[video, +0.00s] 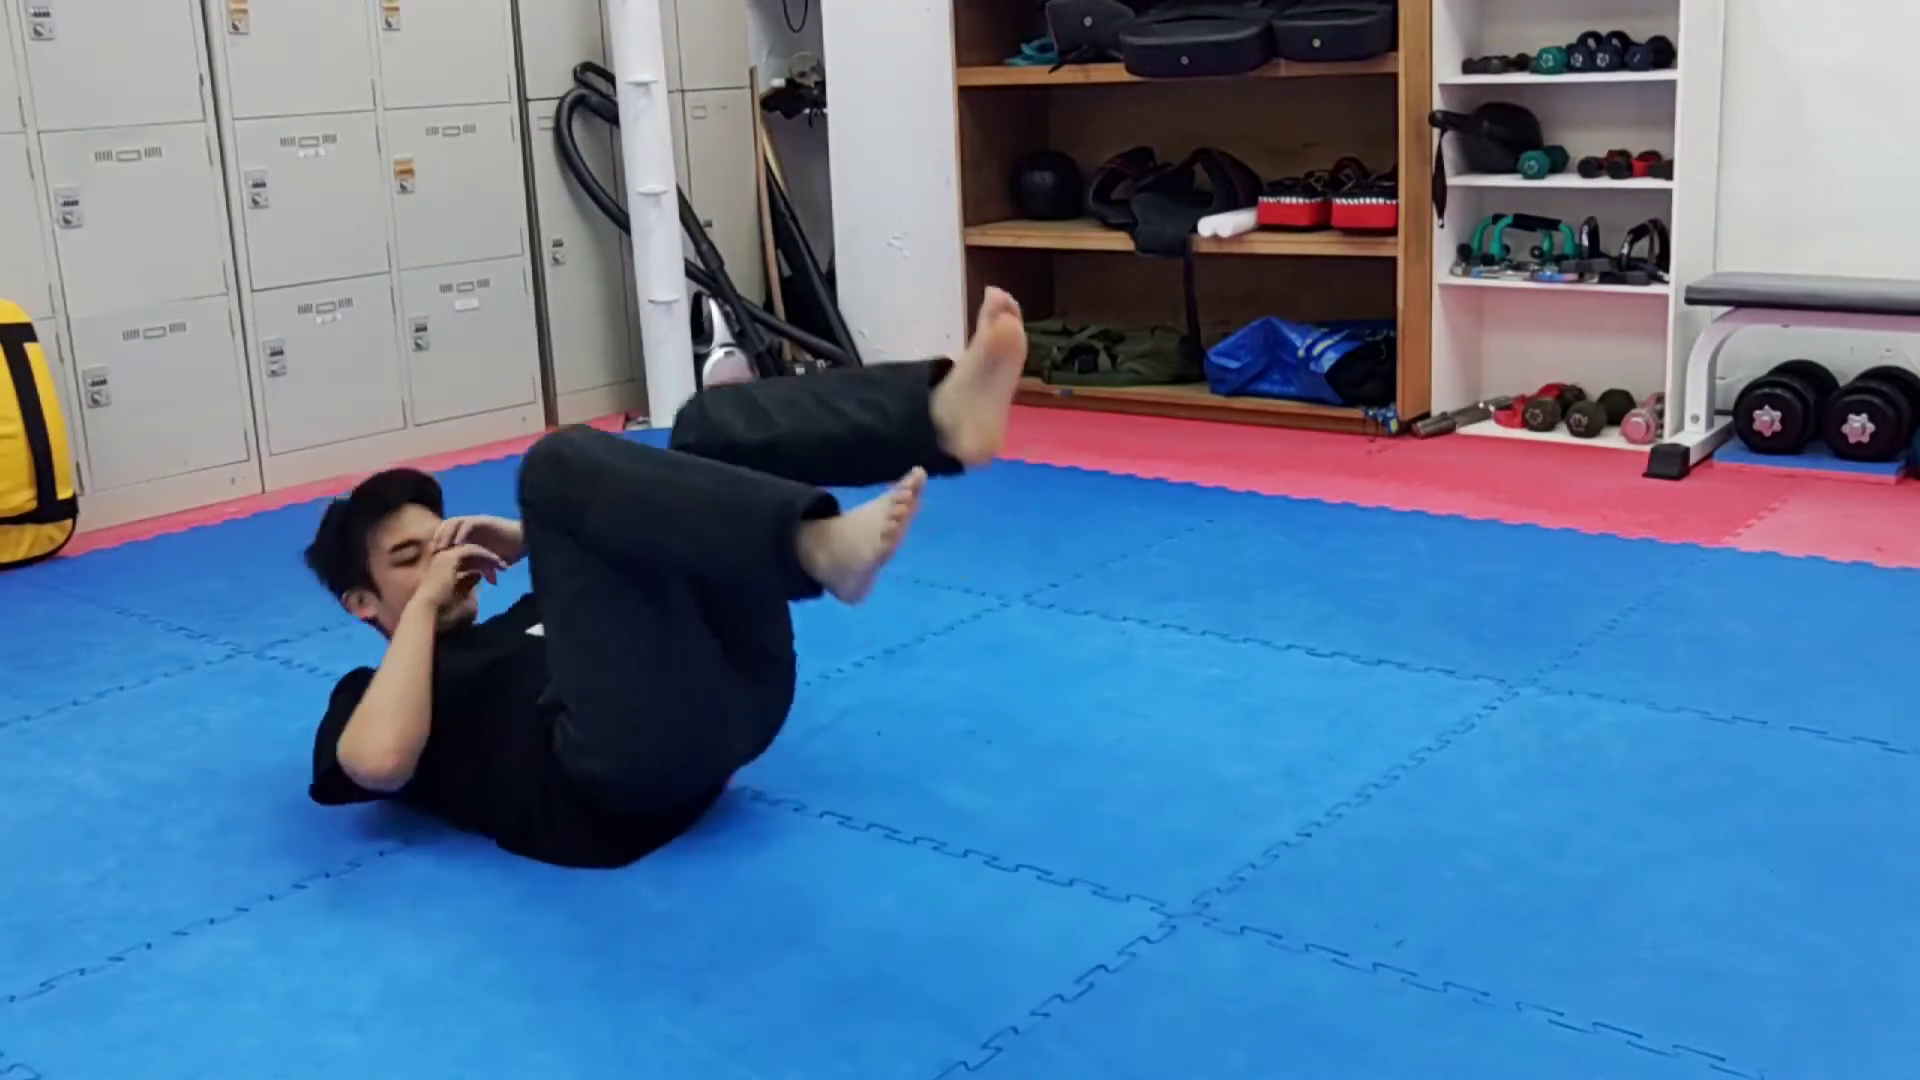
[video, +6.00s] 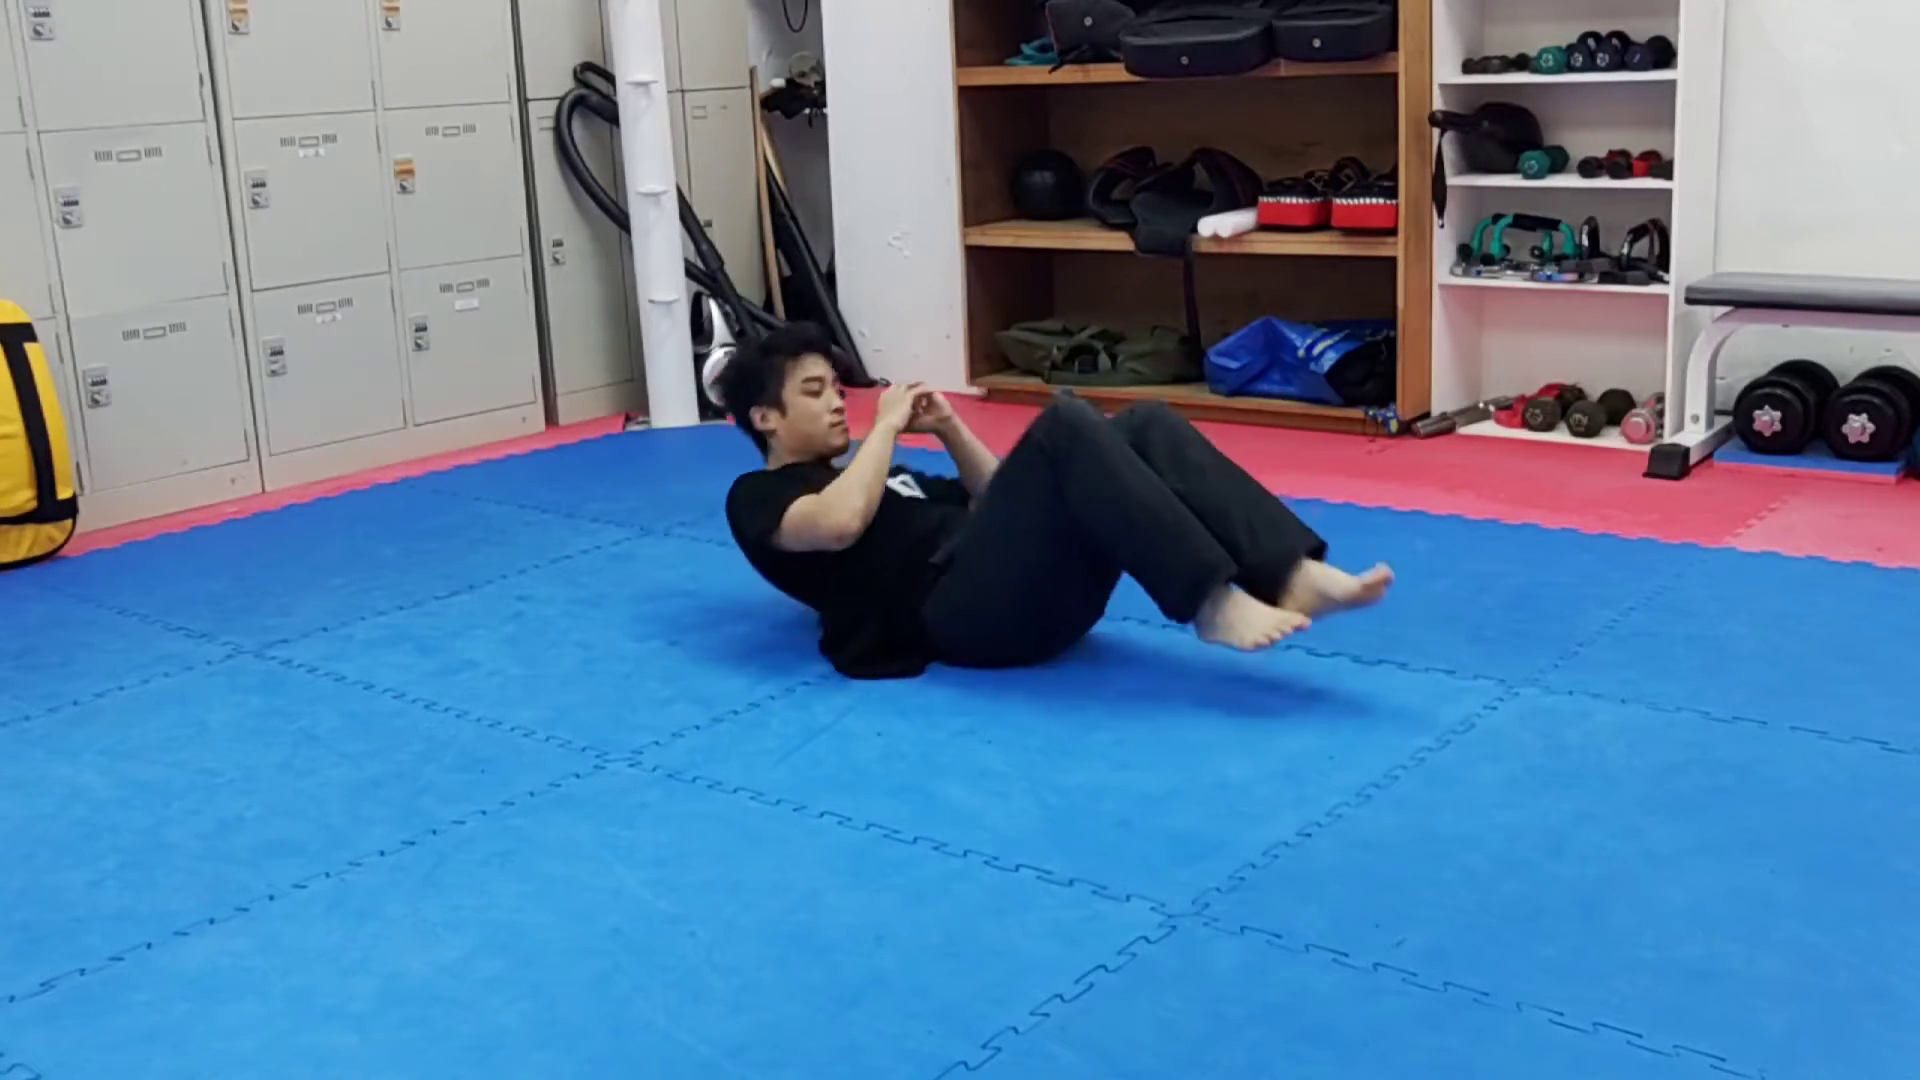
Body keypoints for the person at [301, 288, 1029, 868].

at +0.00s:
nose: (441, 563)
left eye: (443, 544)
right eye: (407, 557)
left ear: (468, 553)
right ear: (364, 603)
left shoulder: (536, 613)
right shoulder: (367, 697)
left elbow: (641, 577)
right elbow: (381, 762)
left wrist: (534, 544)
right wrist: (423, 616)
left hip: (726, 701)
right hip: (620, 772)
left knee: (708, 424)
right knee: (554, 466)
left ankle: (943, 415)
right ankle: (812, 549)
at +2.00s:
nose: (543, 498)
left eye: (535, 475)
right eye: (514, 506)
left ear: (554, 460)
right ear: (490, 543)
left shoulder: (652, 511)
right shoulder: (534, 635)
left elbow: (788, 507)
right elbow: (579, 742)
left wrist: (637, 500)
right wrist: (564, 585)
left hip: (864, 681)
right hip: (775, 730)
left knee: (983, 476)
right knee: (878, 480)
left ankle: (1179, 616)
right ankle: (1035, 697)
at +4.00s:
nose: (690, 442)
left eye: (684, 421)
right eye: (661, 448)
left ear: (702, 413)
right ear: (636, 484)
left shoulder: (797, 470)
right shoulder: (674, 565)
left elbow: (932, 496)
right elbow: (690, 639)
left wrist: (814, 450)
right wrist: (735, 496)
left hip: (971, 625)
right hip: (884, 665)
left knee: (1075, 436)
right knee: (983, 439)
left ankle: (1235, 585)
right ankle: (1134, 629)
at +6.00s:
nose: (838, 403)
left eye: (836, 389)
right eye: (814, 392)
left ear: (836, 401)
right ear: (760, 419)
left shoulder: (868, 478)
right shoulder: (755, 498)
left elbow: (993, 505)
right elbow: (836, 523)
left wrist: (949, 429)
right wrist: (887, 426)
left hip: (1039, 593)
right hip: (973, 619)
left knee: (1147, 424)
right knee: (1064, 423)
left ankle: (1295, 574)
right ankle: (1212, 598)